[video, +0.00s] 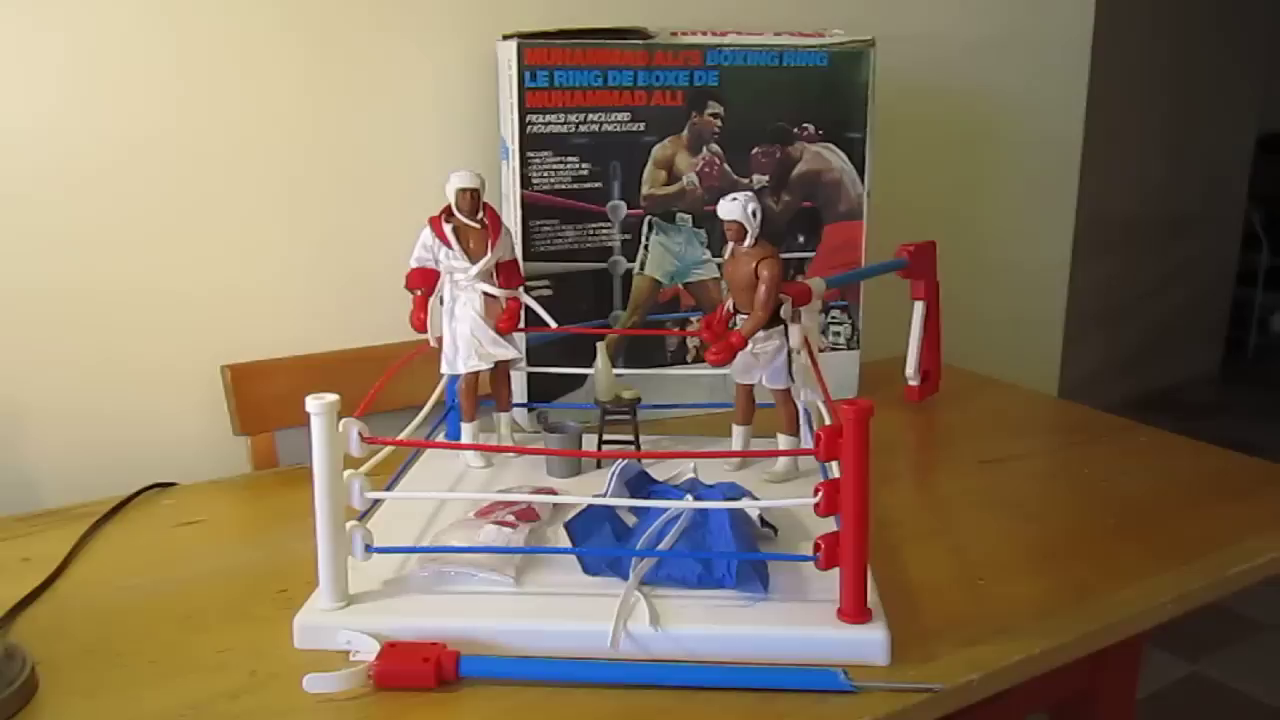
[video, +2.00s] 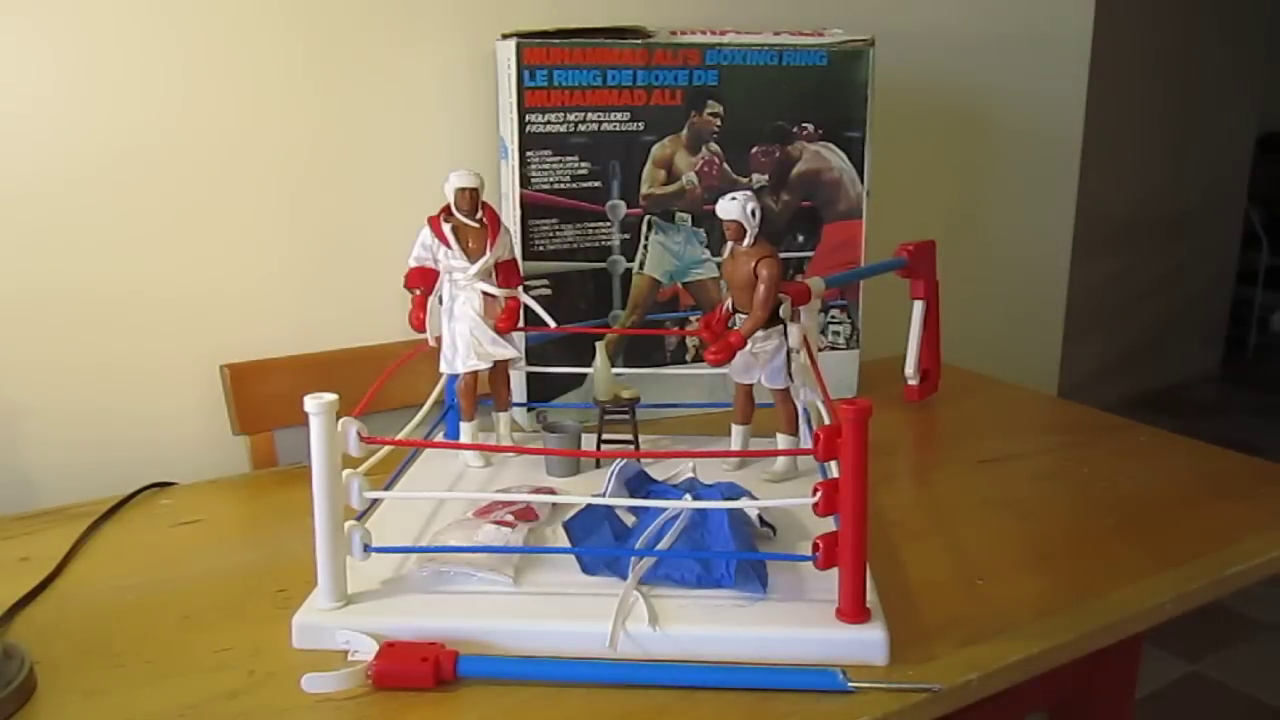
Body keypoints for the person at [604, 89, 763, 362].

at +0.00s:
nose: (719, 123)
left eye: (721, 118)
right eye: (714, 116)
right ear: (694, 117)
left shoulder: (713, 152)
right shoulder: (665, 150)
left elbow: (730, 183)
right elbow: (647, 198)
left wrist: (752, 182)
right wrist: (682, 185)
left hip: (694, 238)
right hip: (661, 236)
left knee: (719, 311)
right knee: (635, 316)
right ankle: (597, 375)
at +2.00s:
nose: (719, 123)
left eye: (720, 117)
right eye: (713, 116)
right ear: (693, 116)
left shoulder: (712, 151)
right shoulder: (665, 149)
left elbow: (729, 181)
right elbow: (647, 198)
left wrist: (750, 182)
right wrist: (683, 184)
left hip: (693, 238)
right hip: (660, 235)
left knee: (718, 311)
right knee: (634, 315)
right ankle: (597, 374)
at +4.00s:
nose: (718, 122)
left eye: (720, 116)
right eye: (713, 114)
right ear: (694, 115)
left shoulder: (712, 150)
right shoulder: (665, 148)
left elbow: (731, 182)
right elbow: (646, 197)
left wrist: (755, 180)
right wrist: (683, 183)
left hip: (693, 237)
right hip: (660, 235)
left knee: (719, 310)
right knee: (634, 315)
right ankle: (596, 372)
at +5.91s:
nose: (719, 122)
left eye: (720, 116)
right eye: (714, 115)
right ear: (694, 114)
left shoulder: (712, 150)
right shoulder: (664, 148)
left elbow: (731, 181)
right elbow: (647, 196)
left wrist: (755, 181)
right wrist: (682, 183)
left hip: (694, 237)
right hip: (660, 235)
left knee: (718, 309)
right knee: (635, 313)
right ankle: (597, 371)